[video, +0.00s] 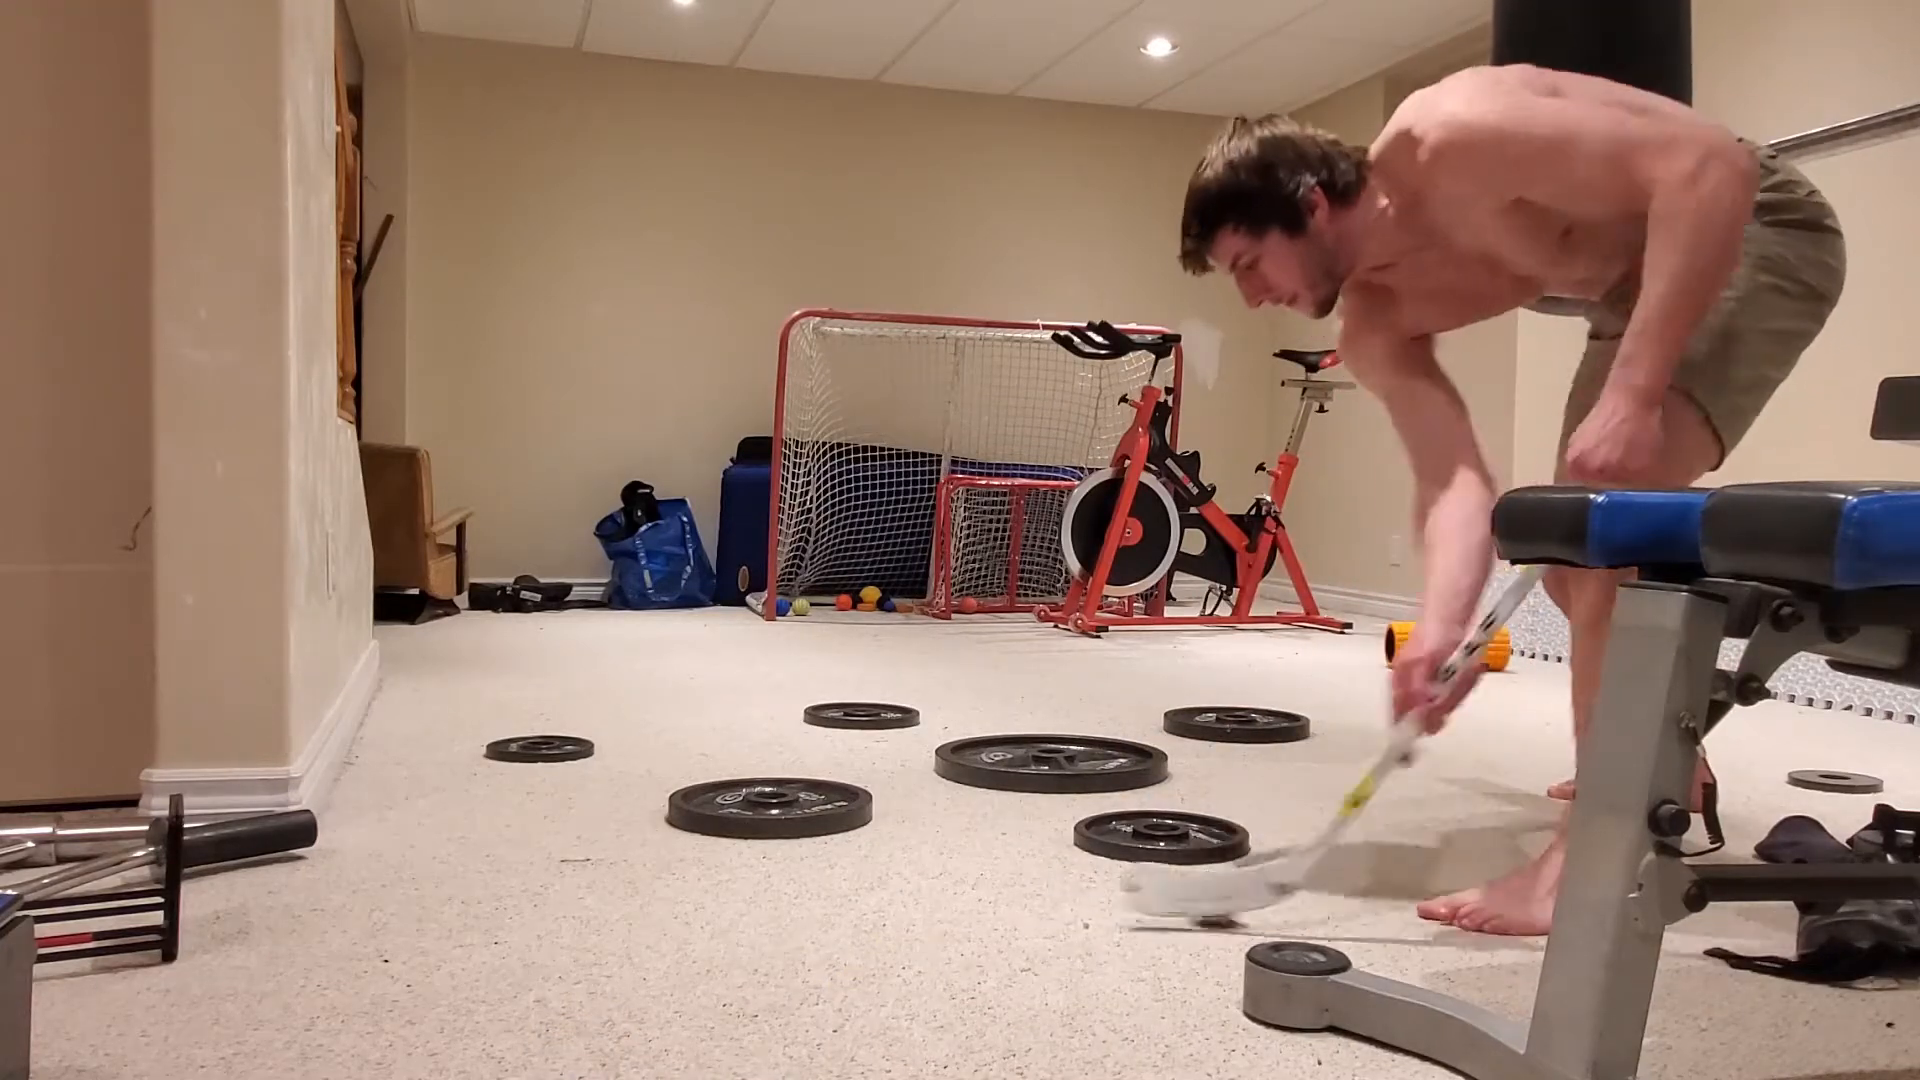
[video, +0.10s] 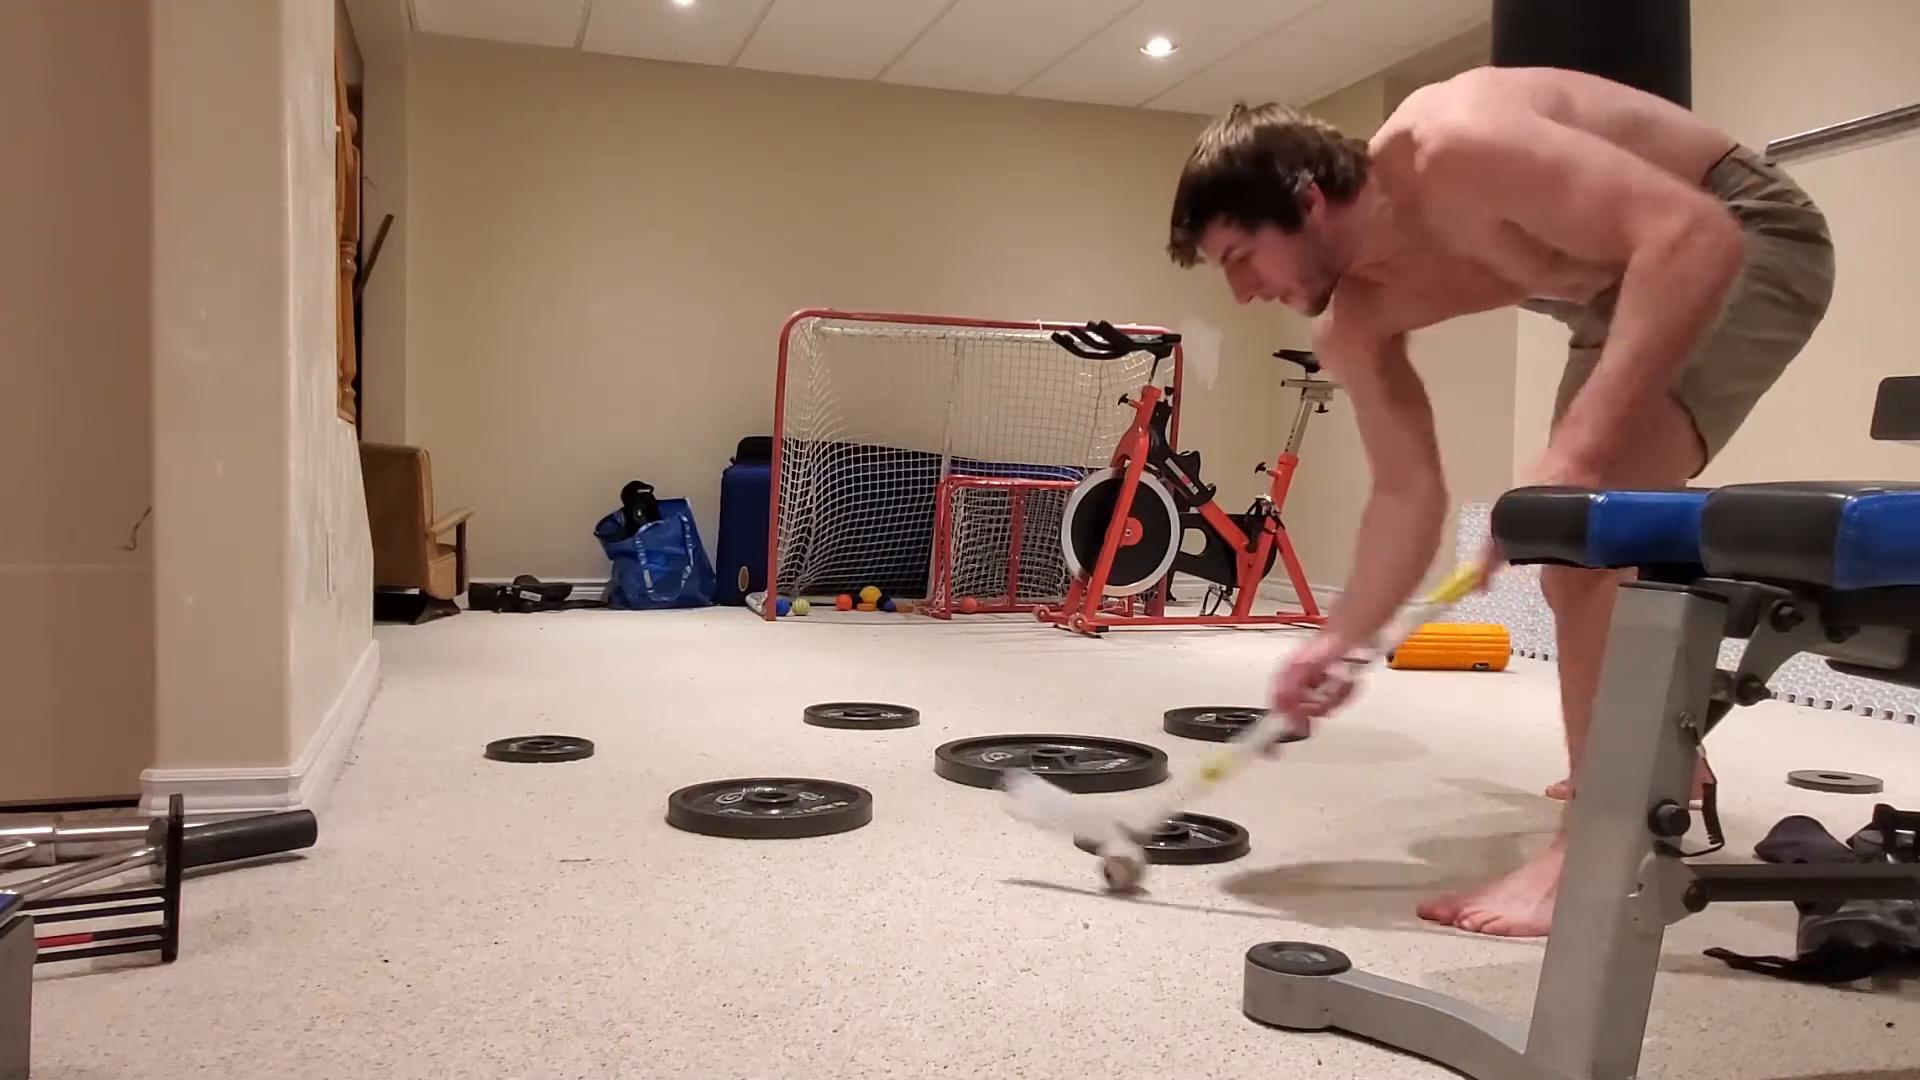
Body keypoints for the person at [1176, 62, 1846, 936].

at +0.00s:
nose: (1253, 297)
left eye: (1250, 264)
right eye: (1236, 280)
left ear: (1307, 201)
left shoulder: (1451, 132)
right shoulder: (1375, 329)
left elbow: (1710, 167)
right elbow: (1453, 479)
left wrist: (1630, 396)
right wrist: (1439, 633)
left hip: (1757, 226)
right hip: (1635, 288)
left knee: (1613, 509)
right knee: (1573, 550)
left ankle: (1601, 847)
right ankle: (1668, 765)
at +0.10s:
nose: (1243, 292)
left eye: (1243, 258)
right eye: (1227, 272)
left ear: (1308, 201)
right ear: (1310, 207)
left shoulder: (1460, 146)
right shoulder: (1354, 327)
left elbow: (1698, 237)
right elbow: (1405, 491)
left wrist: (1574, 461)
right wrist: (1341, 641)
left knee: (1588, 526)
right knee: (1571, 529)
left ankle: (1600, 848)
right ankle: (1655, 758)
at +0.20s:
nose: (1229, 287)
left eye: (1228, 255)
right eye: (1214, 267)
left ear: (1295, 202)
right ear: (1294, 209)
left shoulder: (1441, 169)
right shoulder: (1337, 314)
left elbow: (1622, 327)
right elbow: (1348, 496)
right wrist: (1240, 644)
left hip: (1743, 225)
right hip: (1636, 265)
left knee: (1581, 495)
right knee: (1561, 496)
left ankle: (1593, 852)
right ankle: (1635, 751)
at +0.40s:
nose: (1198, 289)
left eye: (1194, 259)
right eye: (1183, 270)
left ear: (1253, 209)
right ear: (1251, 220)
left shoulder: (1368, 205)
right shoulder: (1321, 291)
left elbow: (1503, 374)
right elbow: (1334, 467)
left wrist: (1365, 517)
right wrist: (1225, 608)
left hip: (1736, 212)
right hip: (1646, 254)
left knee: (1569, 492)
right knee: (1534, 494)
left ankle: (1583, 853)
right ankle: (1588, 831)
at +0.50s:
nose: (1201, 303)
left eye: (1189, 278)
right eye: (1184, 290)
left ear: (1228, 226)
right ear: (1237, 228)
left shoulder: (1335, 202)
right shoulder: (1351, 269)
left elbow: (1505, 283)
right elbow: (1458, 411)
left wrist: (1407, 431)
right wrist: (1380, 549)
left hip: (1719, 207)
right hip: (1658, 231)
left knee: (1540, 492)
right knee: (1529, 491)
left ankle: (1579, 849)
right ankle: (1607, 748)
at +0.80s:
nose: (1286, 359)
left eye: (1265, 337)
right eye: (1266, 347)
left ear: (1280, 290)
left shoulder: (1344, 248)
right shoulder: (1438, 301)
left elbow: (1433, 321)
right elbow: (1515, 452)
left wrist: (1455, 520)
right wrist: (1460, 610)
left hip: (1694, 231)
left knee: (1540, 509)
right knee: (1578, 518)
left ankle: (1573, 849)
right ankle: (1585, 806)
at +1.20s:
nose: (1247, 339)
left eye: (1233, 317)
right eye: (1230, 329)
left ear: (1260, 269)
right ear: (1269, 271)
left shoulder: (1320, 226)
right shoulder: (1396, 295)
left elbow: (1420, 248)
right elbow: (1485, 417)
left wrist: (1416, 462)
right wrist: (1429, 573)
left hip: (1660, 237)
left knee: (1470, 497)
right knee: (1556, 511)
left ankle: (1462, 834)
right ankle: (1644, 750)